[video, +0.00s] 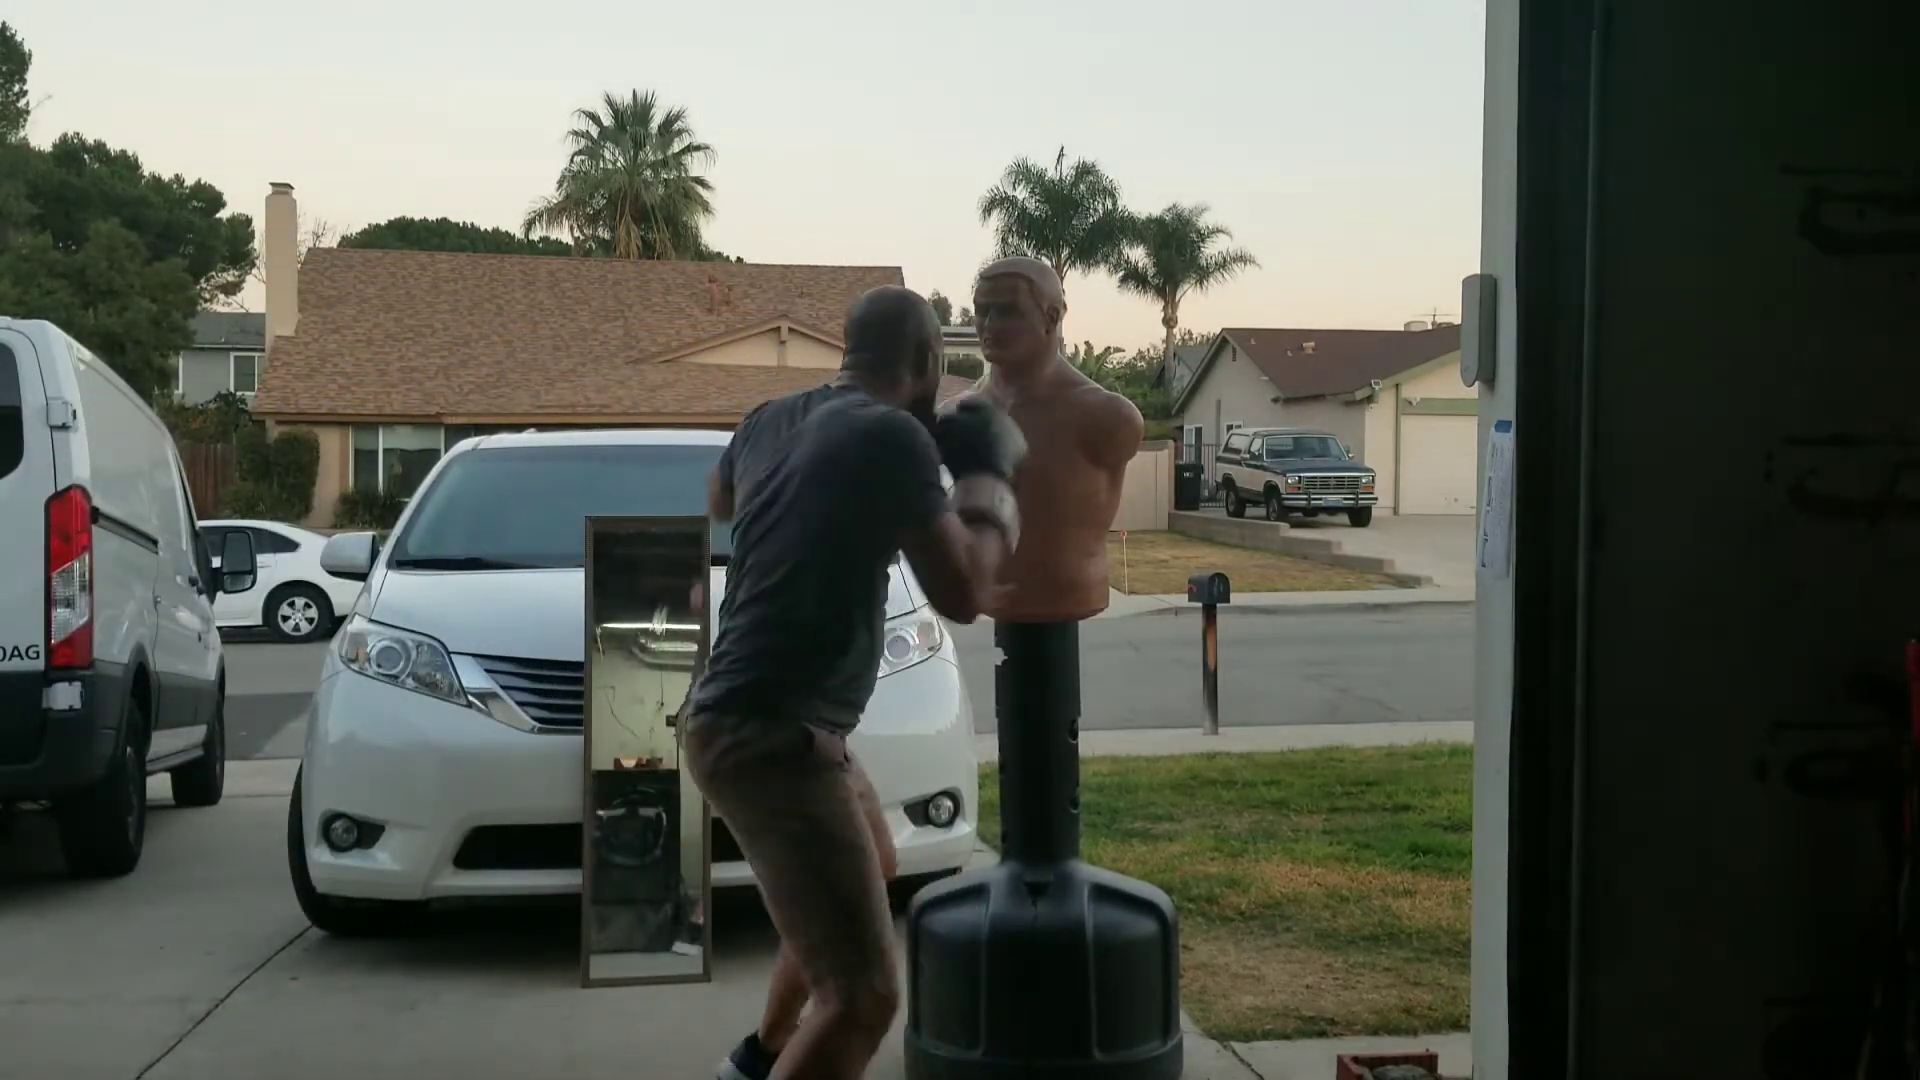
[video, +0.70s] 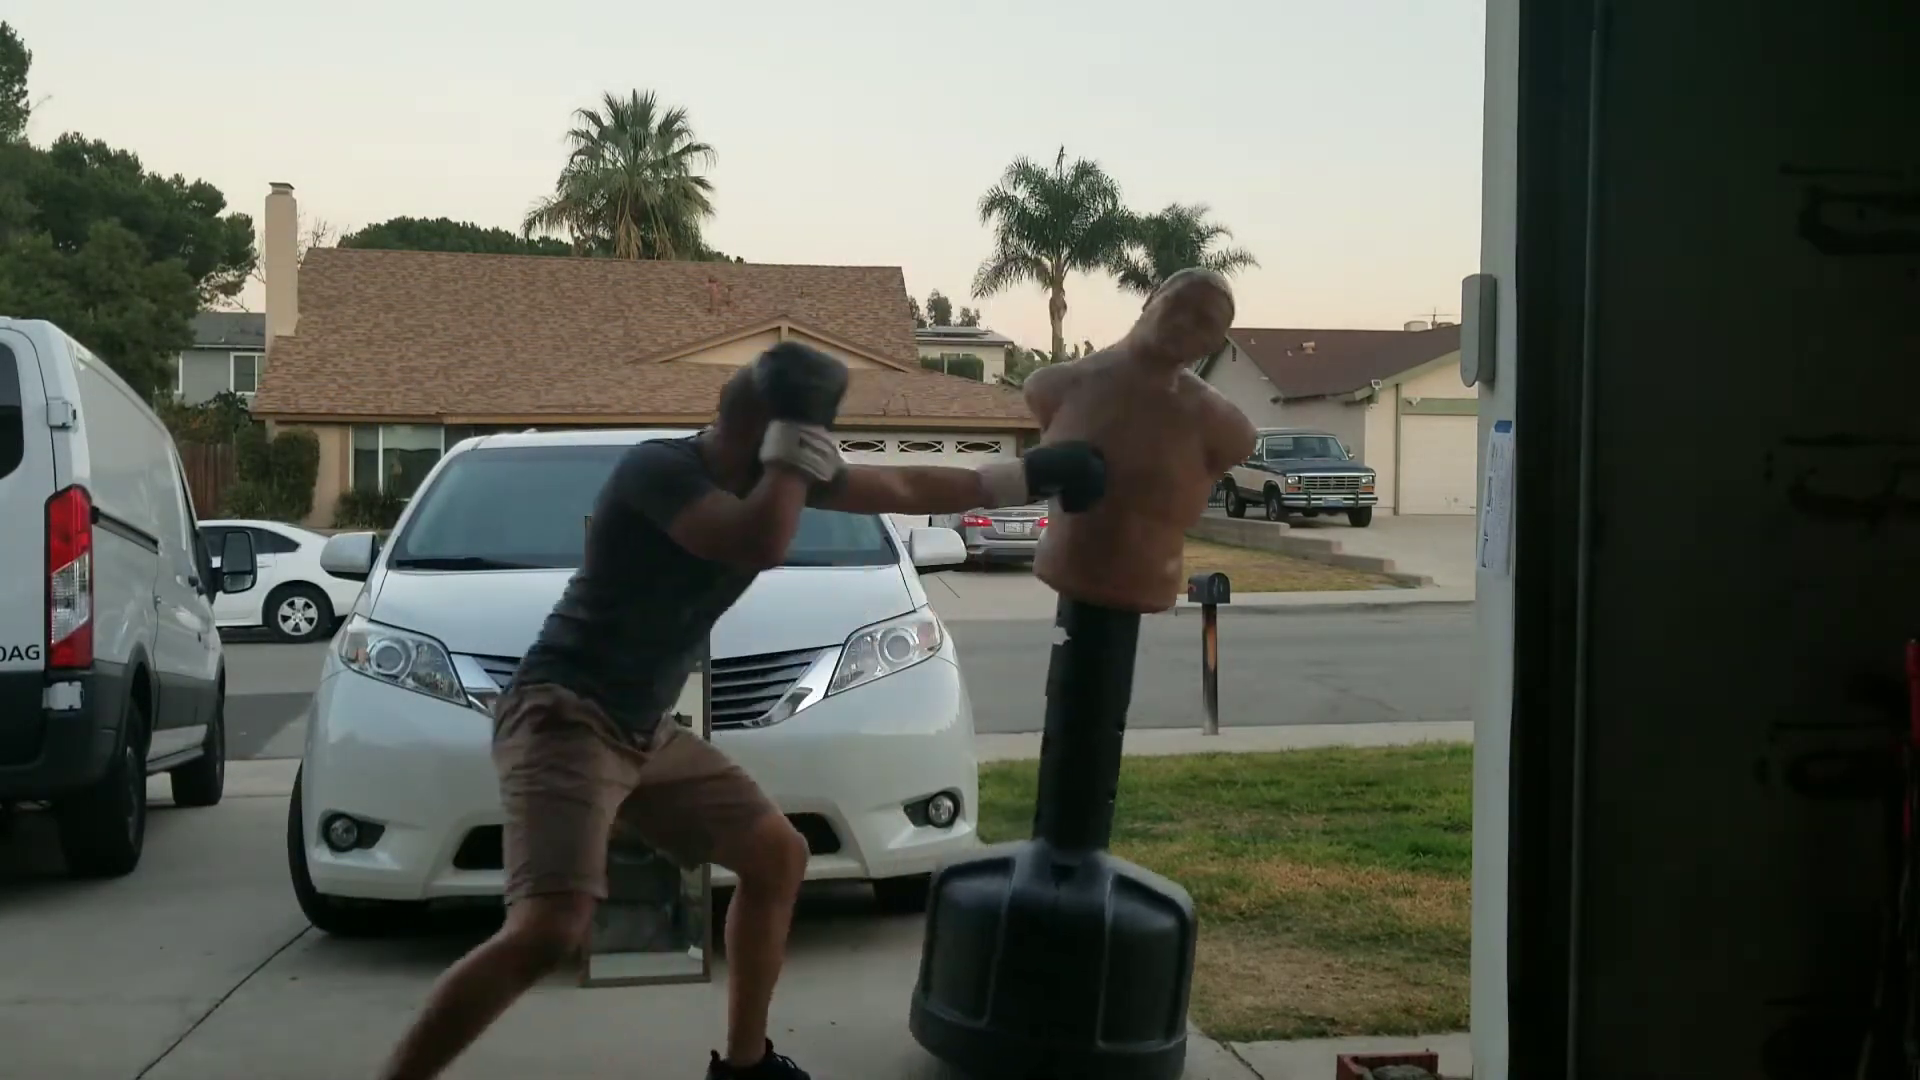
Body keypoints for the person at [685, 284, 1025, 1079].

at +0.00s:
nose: (938, 383)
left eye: (936, 369)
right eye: (937, 368)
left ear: (848, 356)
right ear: (920, 365)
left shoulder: (771, 419)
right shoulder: (892, 436)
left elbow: (722, 501)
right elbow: (963, 593)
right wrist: (990, 473)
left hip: (744, 715)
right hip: (772, 732)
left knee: (870, 853)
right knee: (863, 995)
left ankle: (768, 1053)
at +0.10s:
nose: (930, 401)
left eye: (930, 386)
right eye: (928, 385)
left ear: (852, 378)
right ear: (906, 390)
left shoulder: (818, 438)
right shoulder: (826, 455)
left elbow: (846, 569)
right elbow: (837, 598)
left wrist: (910, 554)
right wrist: (921, 576)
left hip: (734, 724)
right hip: (754, 732)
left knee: (793, 935)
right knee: (853, 980)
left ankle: (749, 1060)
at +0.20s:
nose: (897, 423)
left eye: (898, 411)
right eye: (896, 411)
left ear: (812, 403)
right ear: (878, 412)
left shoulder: (752, 452)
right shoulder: (838, 478)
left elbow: (883, 426)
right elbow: (914, 603)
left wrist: (945, 395)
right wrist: (952, 532)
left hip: (688, 734)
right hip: (762, 743)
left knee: (776, 896)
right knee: (817, 996)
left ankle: (770, 1055)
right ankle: (741, 1068)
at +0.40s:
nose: (868, 443)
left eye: (869, 433)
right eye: (866, 432)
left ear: (781, 426)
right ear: (848, 427)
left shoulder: (688, 490)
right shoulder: (863, 483)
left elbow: (638, 633)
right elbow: (985, 574)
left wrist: (717, 588)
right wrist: (996, 526)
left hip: (655, 737)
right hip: (735, 743)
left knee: (791, 842)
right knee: (721, 1000)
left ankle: (744, 1053)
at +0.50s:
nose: (872, 440)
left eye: (874, 427)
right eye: (870, 425)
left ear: (787, 417)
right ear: (846, 421)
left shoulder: (729, 473)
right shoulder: (808, 493)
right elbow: (890, 622)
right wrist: (917, 535)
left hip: (680, 724)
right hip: (692, 733)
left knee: (816, 846)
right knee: (680, 974)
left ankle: (756, 1058)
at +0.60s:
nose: (845, 449)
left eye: (851, 435)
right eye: (835, 432)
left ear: (831, 437)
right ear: (794, 423)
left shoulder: (809, 497)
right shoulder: (722, 483)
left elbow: (913, 496)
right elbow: (825, 583)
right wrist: (873, 479)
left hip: (690, 726)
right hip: (614, 705)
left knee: (809, 857)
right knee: (611, 929)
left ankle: (752, 1058)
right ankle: (520, 1074)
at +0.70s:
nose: (799, 458)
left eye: (797, 440)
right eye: (782, 434)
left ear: (788, 436)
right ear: (739, 416)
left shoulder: (775, 486)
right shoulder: (655, 471)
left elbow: (904, 487)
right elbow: (763, 543)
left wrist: (1025, 476)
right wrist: (793, 452)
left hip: (648, 731)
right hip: (563, 713)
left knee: (775, 854)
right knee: (553, 928)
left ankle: (744, 1060)